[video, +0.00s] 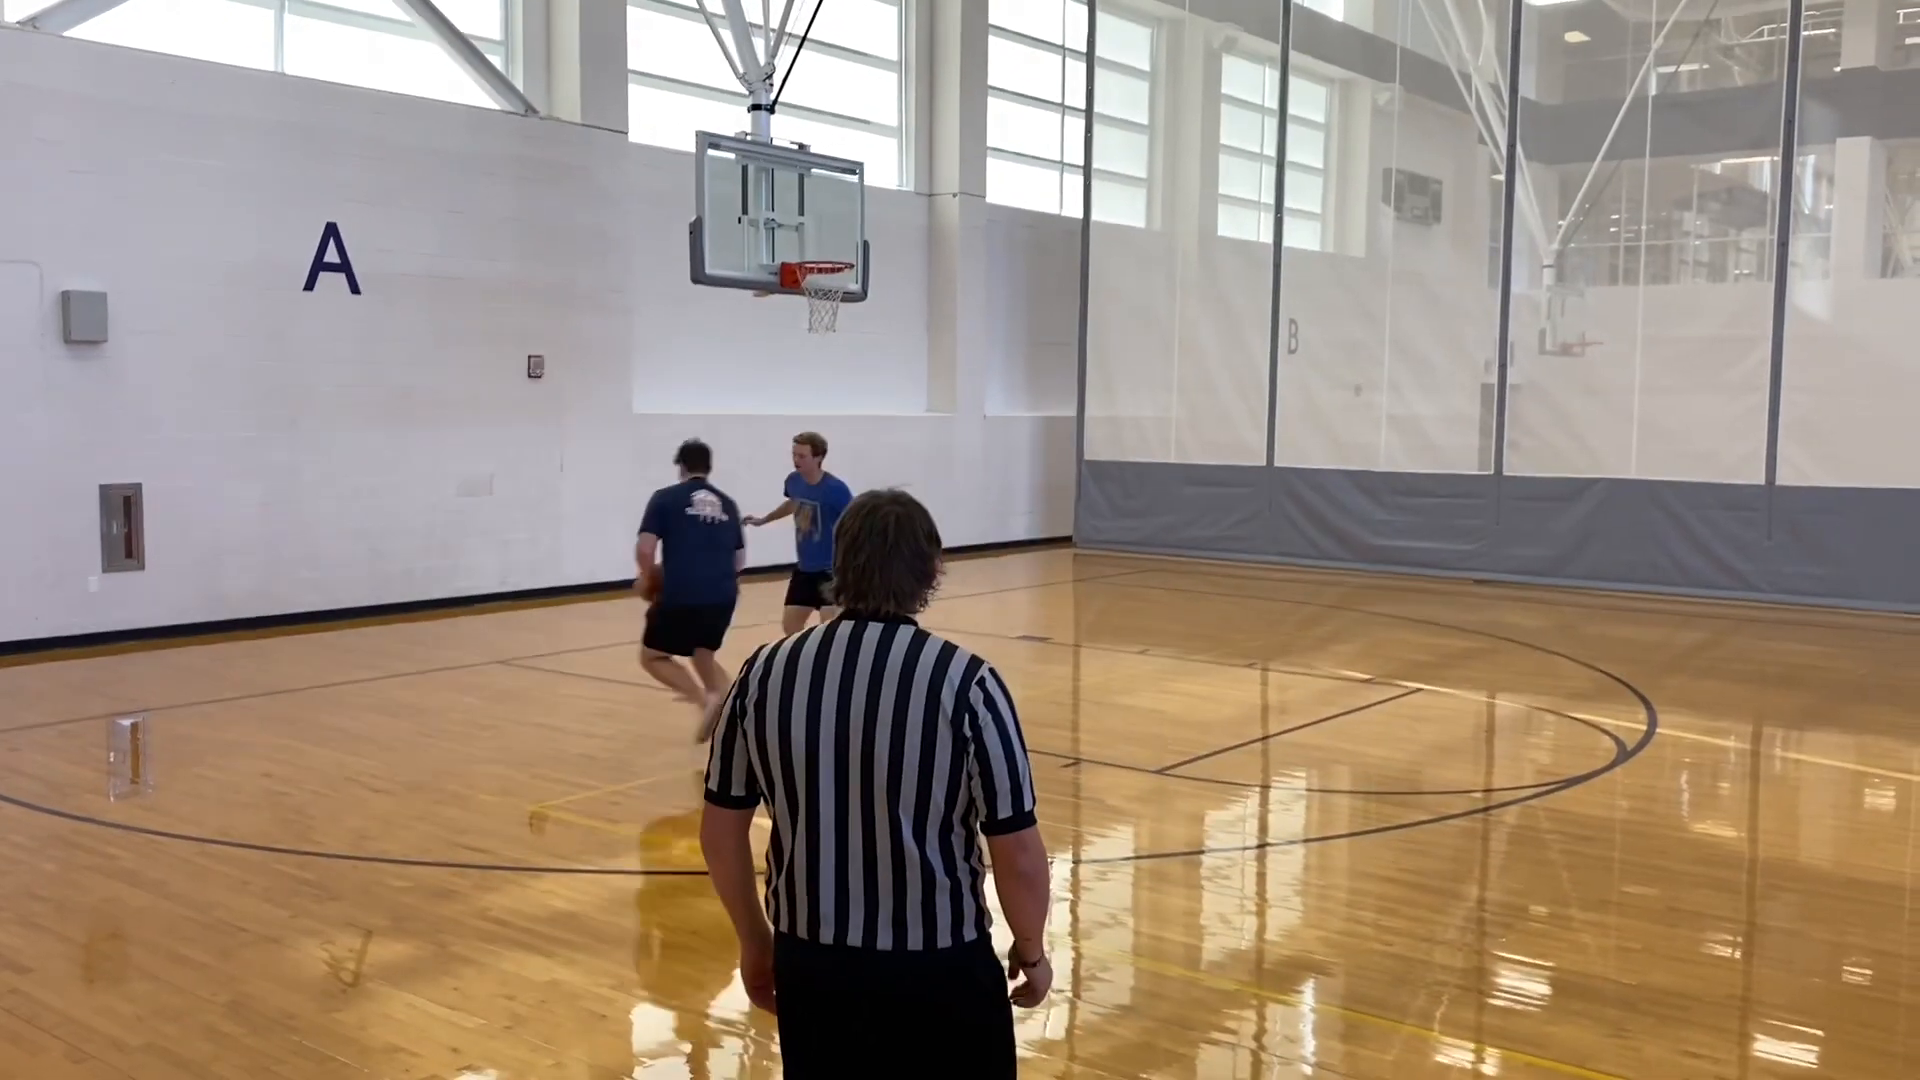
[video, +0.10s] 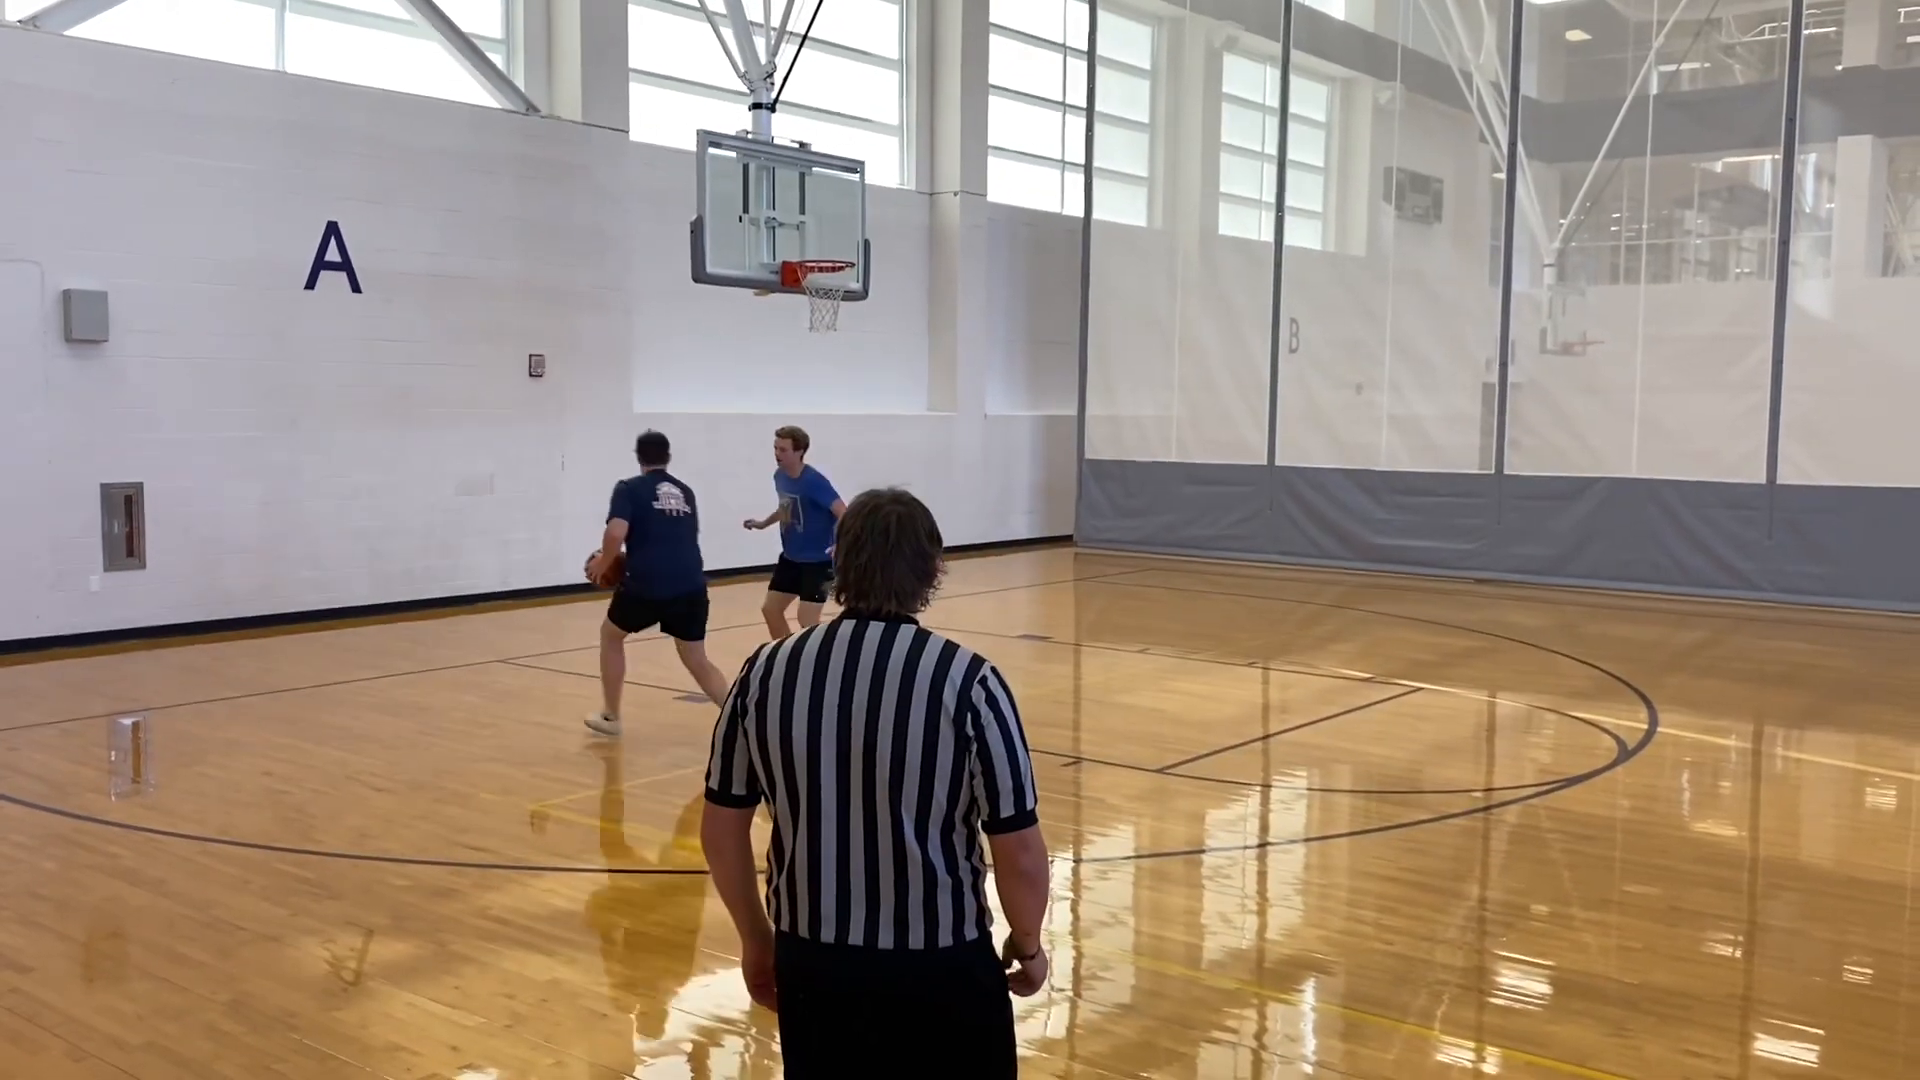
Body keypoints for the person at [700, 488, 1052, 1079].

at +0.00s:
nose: (941, 570)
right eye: (937, 558)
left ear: (842, 565)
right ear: (929, 569)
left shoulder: (764, 671)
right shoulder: (967, 681)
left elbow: (721, 832)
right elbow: (1018, 853)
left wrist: (754, 939)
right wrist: (1030, 947)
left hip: (812, 973)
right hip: (945, 976)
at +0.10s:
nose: (940, 569)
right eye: (937, 557)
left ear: (841, 565)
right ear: (931, 569)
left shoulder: (766, 670)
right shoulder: (969, 680)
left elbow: (721, 829)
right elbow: (1020, 854)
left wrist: (755, 939)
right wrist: (1026, 941)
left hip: (813, 973)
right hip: (945, 975)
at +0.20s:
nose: (942, 568)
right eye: (938, 557)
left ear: (843, 564)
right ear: (932, 569)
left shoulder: (766, 671)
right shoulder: (971, 680)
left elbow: (721, 831)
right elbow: (1022, 851)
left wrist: (756, 937)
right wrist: (1022, 938)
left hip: (814, 973)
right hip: (947, 976)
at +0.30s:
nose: (940, 569)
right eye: (936, 558)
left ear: (842, 565)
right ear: (931, 569)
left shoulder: (766, 672)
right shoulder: (971, 680)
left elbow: (721, 831)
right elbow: (1025, 853)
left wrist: (758, 936)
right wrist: (1014, 924)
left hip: (814, 974)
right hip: (948, 975)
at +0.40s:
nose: (937, 574)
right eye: (934, 561)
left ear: (839, 568)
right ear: (927, 574)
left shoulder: (762, 677)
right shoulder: (967, 681)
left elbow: (719, 835)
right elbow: (1038, 851)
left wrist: (761, 932)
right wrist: (1004, 875)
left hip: (814, 978)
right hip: (947, 977)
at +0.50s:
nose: (930, 571)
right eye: (928, 560)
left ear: (832, 569)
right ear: (923, 574)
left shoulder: (760, 679)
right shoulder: (963, 677)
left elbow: (721, 833)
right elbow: (1070, 807)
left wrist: (767, 924)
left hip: (817, 980)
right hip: (949, 978)